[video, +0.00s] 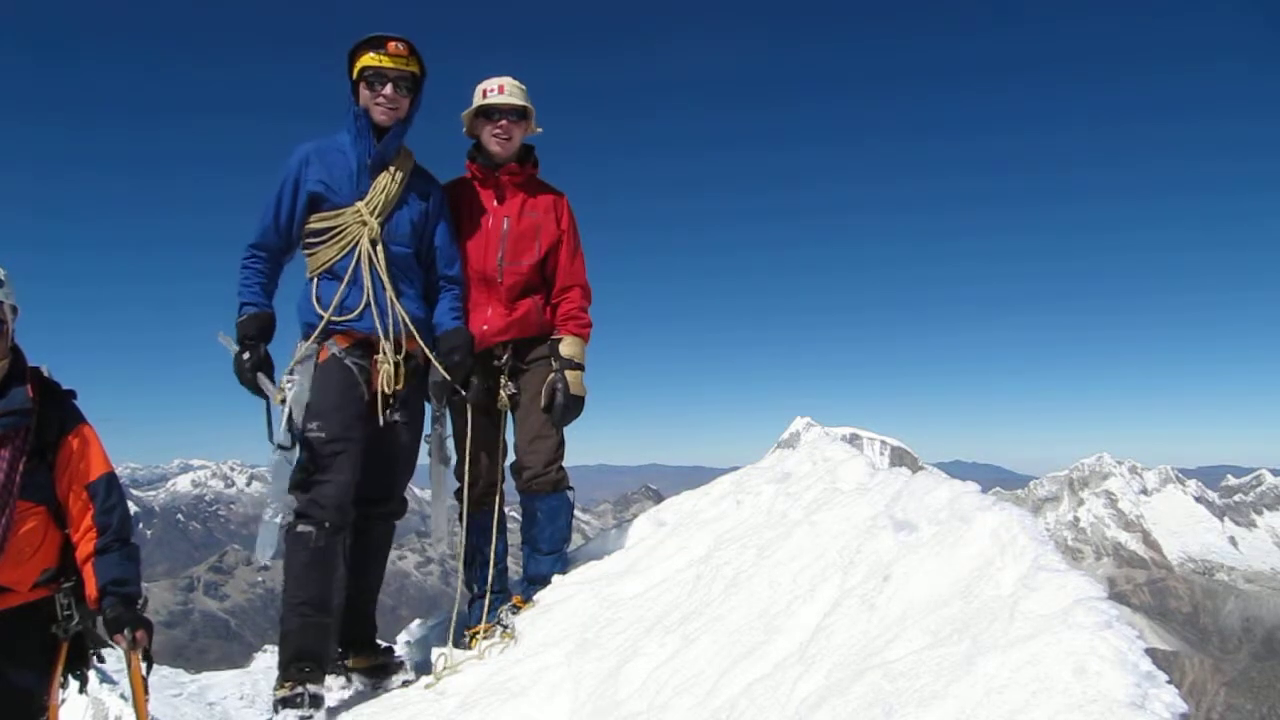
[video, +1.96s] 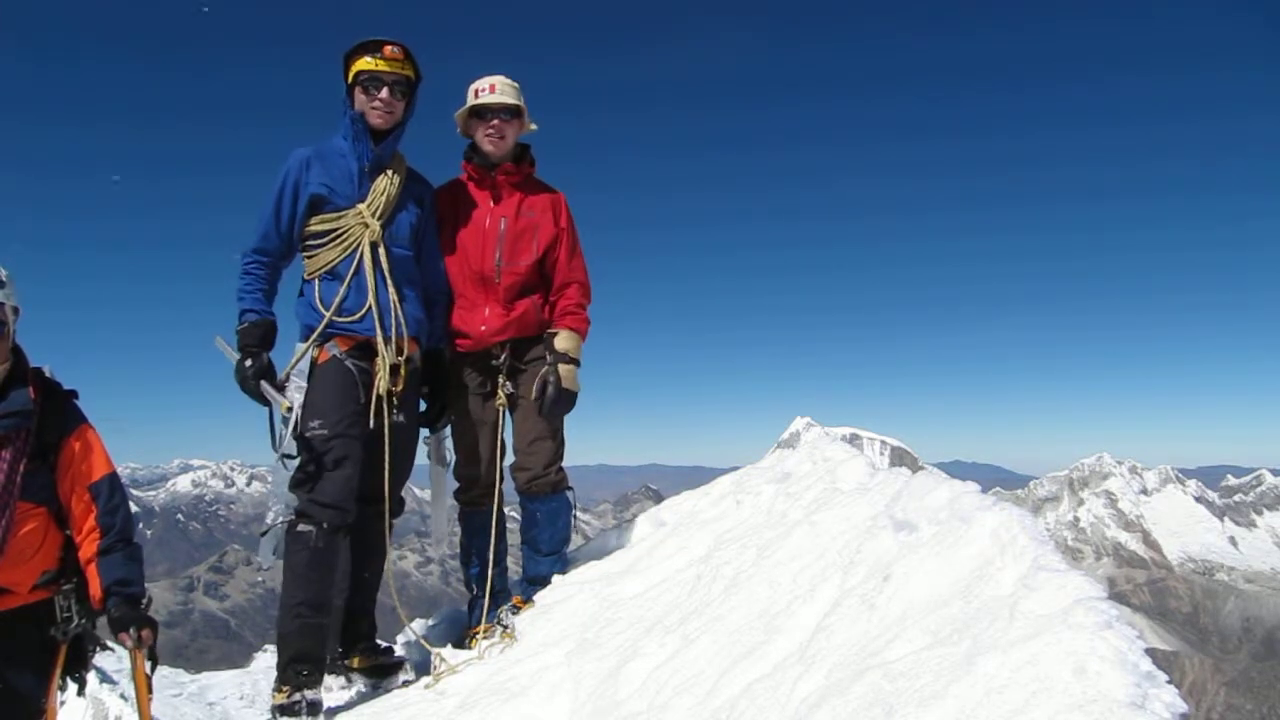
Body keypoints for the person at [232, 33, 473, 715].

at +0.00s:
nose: (388, 93)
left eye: (401, 84)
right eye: (377, 81)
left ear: (416, 96)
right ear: (356, 88)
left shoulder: (427, 188)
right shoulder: (315, 162)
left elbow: (448, 280)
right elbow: (263, 252)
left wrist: (451, 342)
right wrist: (254, 332)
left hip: (406, 360)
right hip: (333, 354)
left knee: (380, 504)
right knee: (327, 501)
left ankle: (357, 638)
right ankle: (301, 666)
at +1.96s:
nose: (383, 97)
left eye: (396, 88)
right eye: (371, 85)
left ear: (410, 100)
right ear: (351, 93)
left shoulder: (418, 190)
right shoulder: (313, 164)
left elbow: (433, 282)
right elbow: (262, 257)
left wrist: (439, 364)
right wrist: (254, 338)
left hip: (405, 364)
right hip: (338, 356)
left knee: (378, 504)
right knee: (328, 500)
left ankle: (355, 638)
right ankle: (300, 670)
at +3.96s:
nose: (386, 108)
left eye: (389, 98)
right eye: (375, 96)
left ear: (382, 107)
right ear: (340, 98)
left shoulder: (383, 193)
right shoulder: (295, 171)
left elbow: (409, 280)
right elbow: (256, 271)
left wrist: (429, 356)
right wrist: (286, 336)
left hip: (397, 375)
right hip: (330, 369)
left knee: (377, 516)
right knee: (306, 518)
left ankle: (353, 645)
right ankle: (278, 683)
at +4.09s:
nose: (383, 107)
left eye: (387, 98)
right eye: (372, 95)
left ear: (383, 107)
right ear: (336, 97)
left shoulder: (383, 193)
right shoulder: (294, 172)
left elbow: (410, 280)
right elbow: (257, 274)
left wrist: (431, 358)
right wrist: (280, 348)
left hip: (400, 371)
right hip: (334, 366)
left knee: (379, 513)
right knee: (310, 514)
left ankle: (354, 645)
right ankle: (278, 682)